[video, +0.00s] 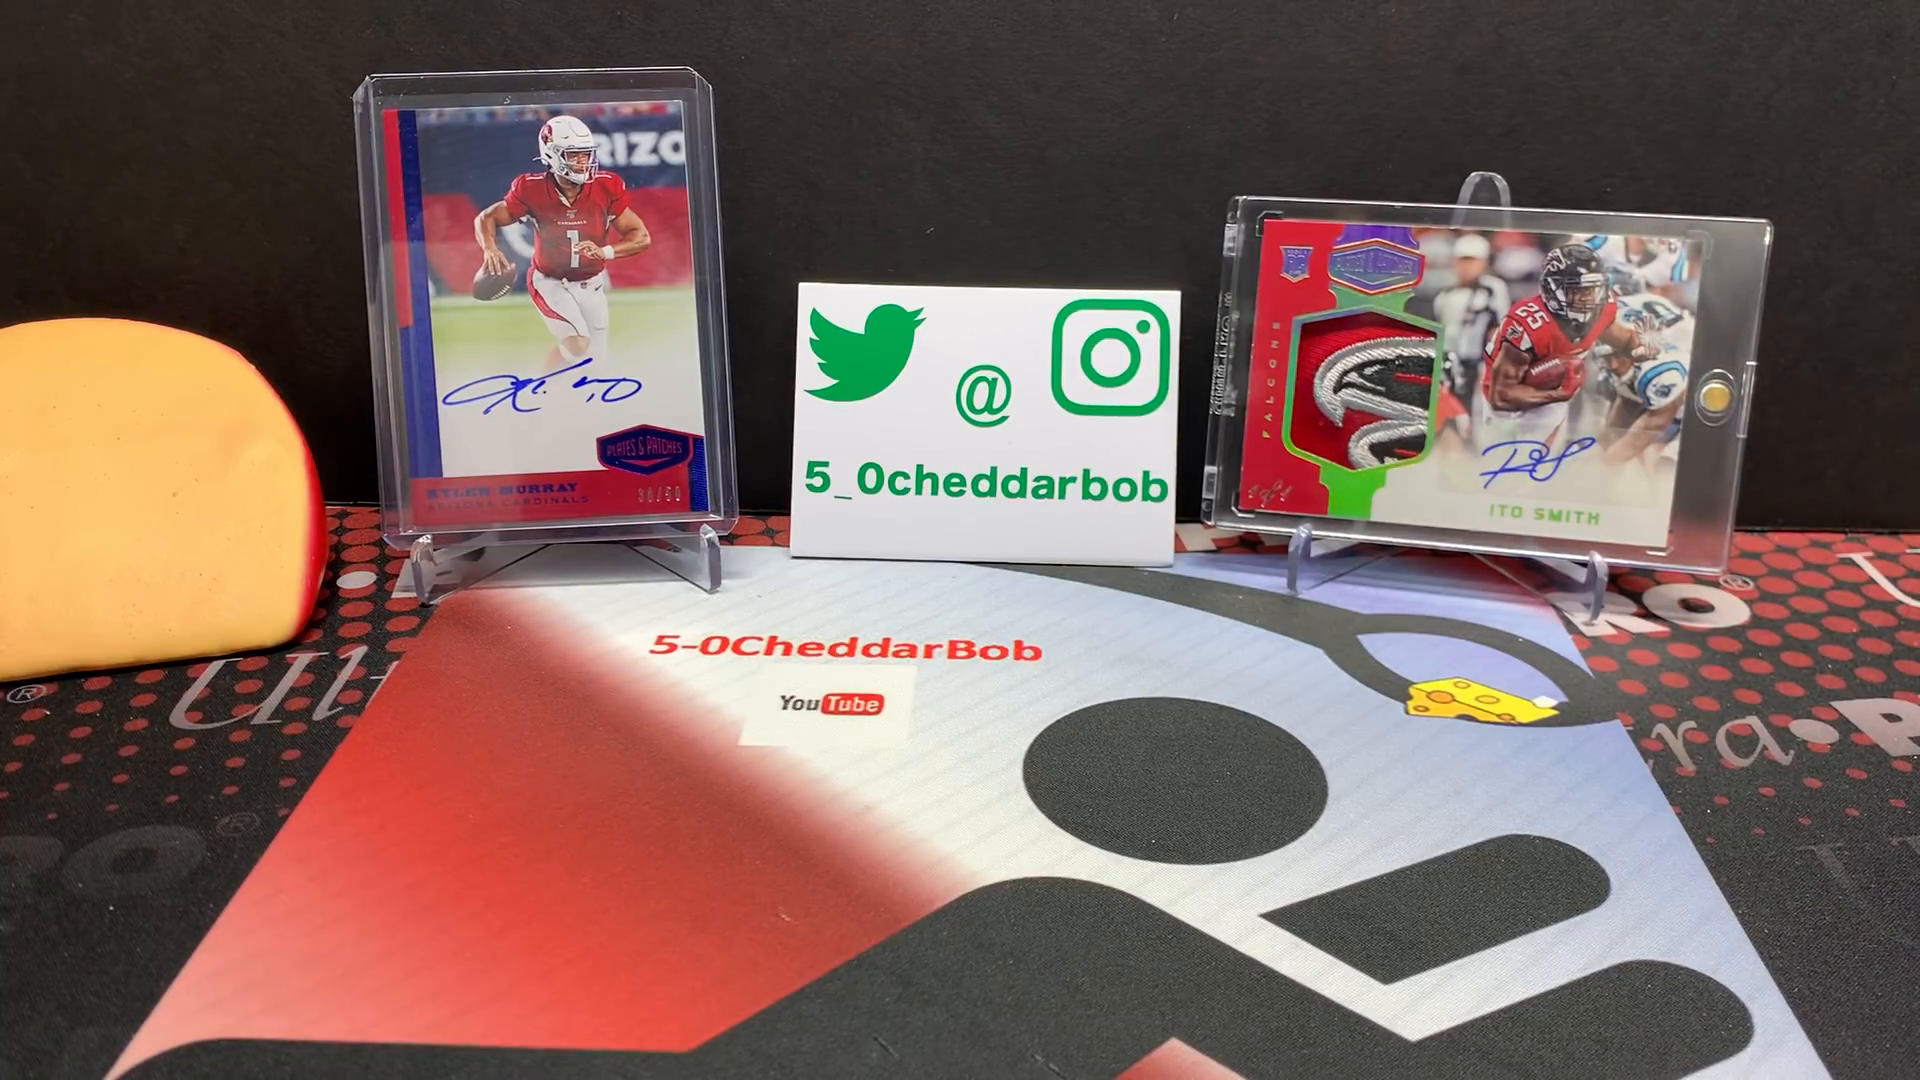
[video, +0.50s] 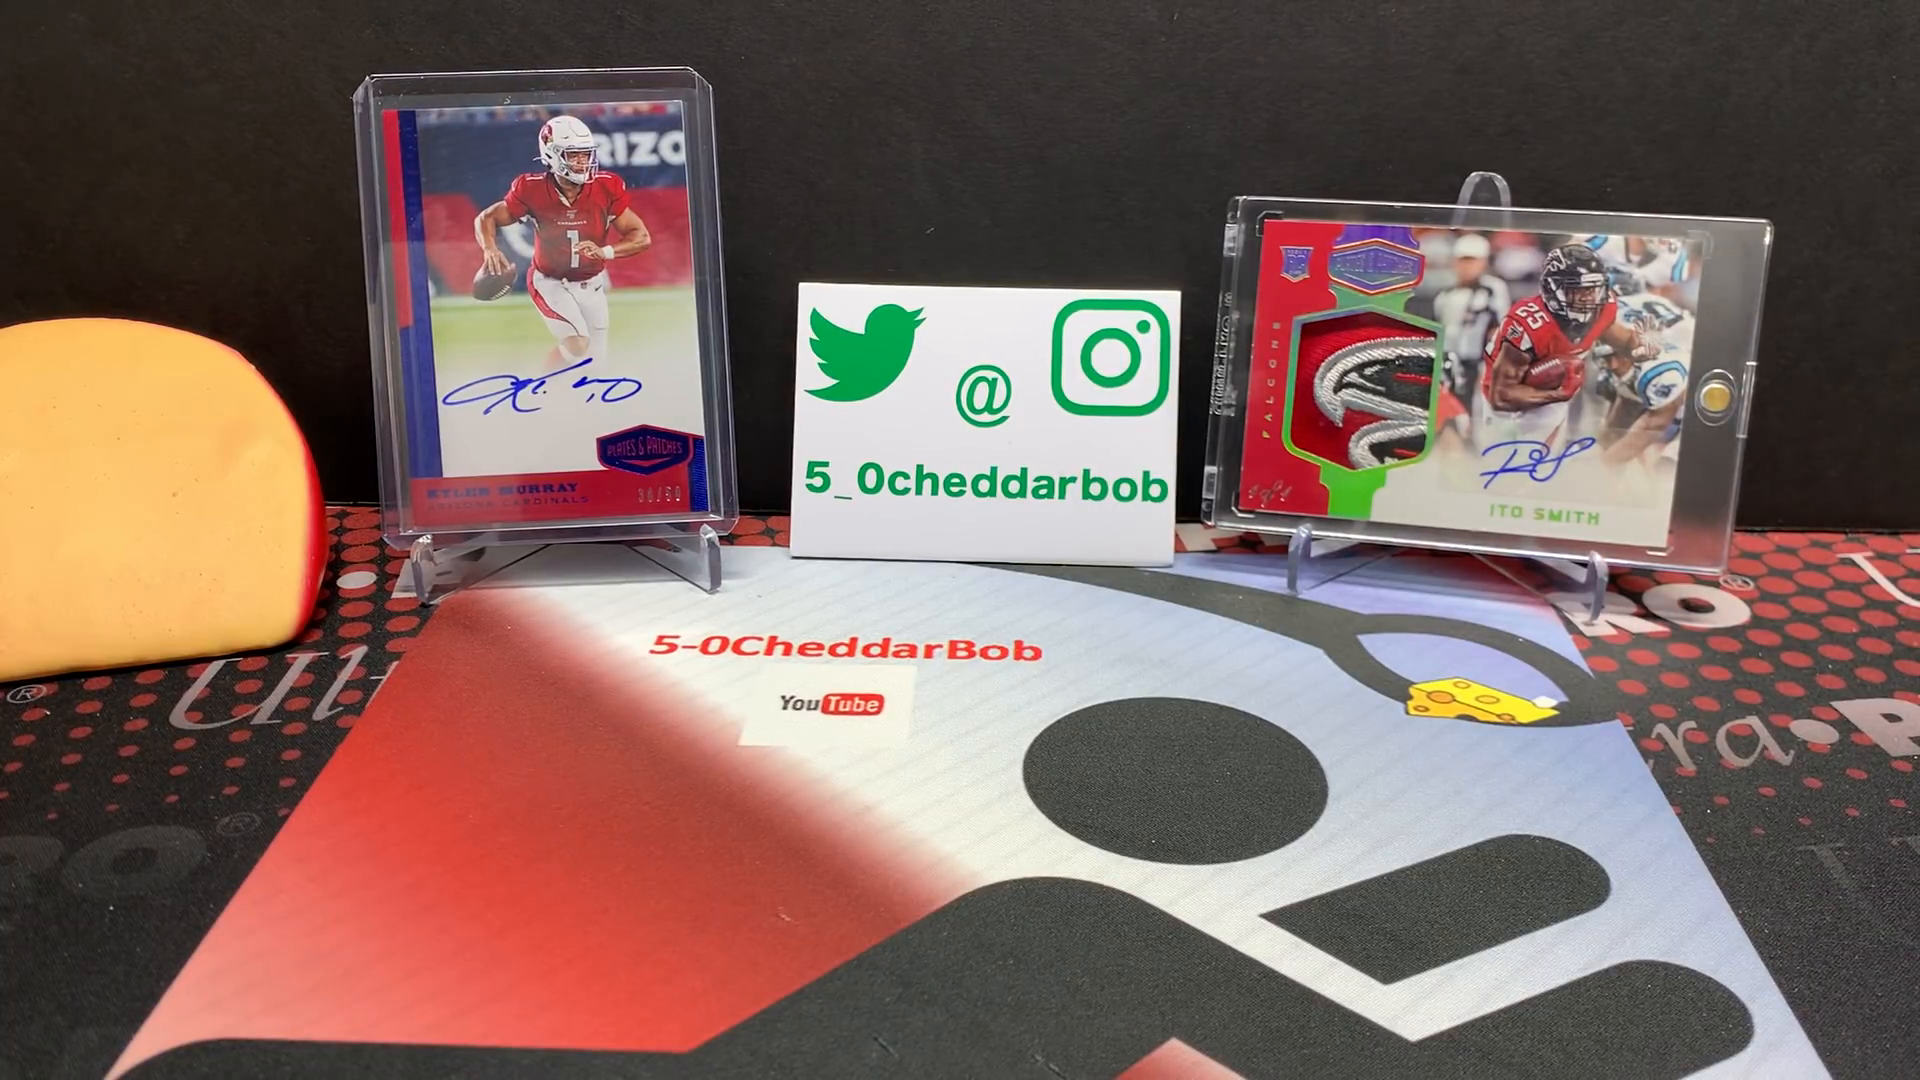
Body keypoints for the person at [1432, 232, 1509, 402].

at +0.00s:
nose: (1467, 266)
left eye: (1472, 259)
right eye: (1463, 259)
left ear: (1484, 262)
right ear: (1456, 262)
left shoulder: (1495, 288)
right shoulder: (1443, 297)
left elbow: (1502, 328)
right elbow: (1441, 332)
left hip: (1482, 365)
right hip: (1451, 364)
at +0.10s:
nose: (1467, 266)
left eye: (1473, 259)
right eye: (1463, 259)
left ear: (1484, 262)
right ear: (1455, 262)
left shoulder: (1495, 288)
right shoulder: (1443, 297)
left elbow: (1502, 328)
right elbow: (1441, 332)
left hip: (1482, 365)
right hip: (1451, 365)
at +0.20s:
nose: (1467, 266)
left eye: (1473, 259)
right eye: (1463, 259)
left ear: (1484, 262)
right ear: (1455, 262)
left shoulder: (1495, 288)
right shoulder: (1443, 297)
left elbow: (1502, 328)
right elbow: (1441, 332)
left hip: (1482, 365)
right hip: (1450, 365)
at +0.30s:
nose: (1467, 266)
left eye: (1472, 259)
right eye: (1463, 259)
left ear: (1484, 262)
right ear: (1455, 262)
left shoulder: (1495, 288)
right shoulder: (1443, 297)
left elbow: (1502, 328)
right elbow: (1440, 331)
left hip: (1482, 366)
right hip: (1450, 365)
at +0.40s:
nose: (1467, 266)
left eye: (1473, 259)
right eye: (1463, 259)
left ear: (1485, 262)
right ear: (1455, 262)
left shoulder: (1495, 288)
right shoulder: (1443, 297)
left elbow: (1502, 328)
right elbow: (1440, 332)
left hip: (1482, 365)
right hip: (1451, 364)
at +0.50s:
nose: (1467, 266)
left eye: (1473, 259)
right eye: (1463, 259)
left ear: (1484, 261)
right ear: (1456, 262)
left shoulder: (1495, 288)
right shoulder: (1443, 297)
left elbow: (1503, 328)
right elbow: (1441, 332)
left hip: (1482, 365)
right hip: (1450, 365)